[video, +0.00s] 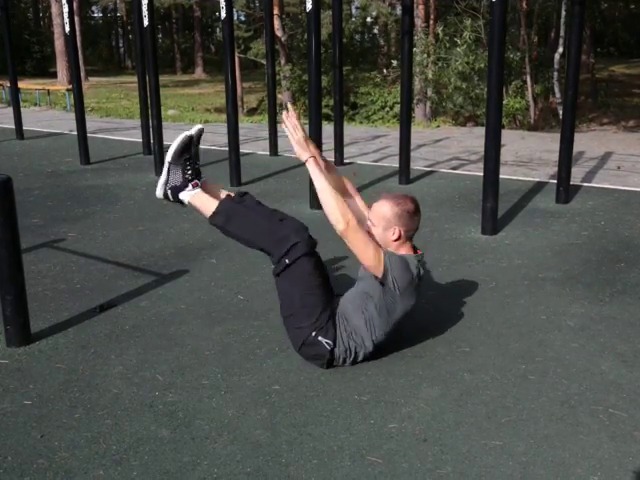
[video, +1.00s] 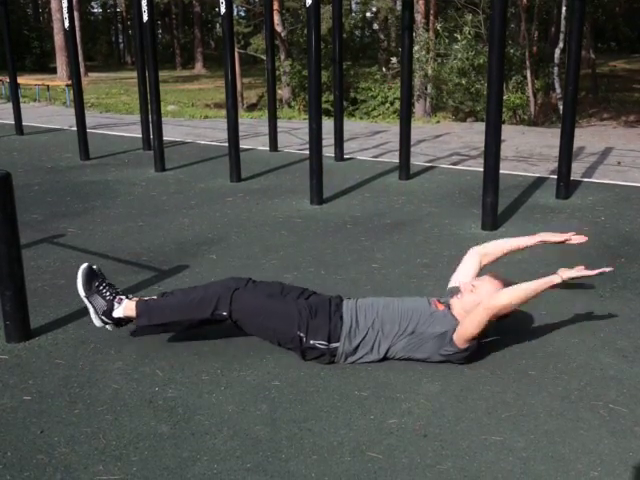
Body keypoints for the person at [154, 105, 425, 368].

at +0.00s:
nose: (369, 224)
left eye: (374, 220)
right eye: (371, 217)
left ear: (395, 233)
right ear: (401, 232)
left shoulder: (397, 271)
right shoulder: (406, 258)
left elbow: (343, 226)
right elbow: (354, 201)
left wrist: (308, 159)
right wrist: (318, 158)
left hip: (325, 342)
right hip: (334, 325)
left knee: (292, 240)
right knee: (293, 233)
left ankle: (186, 191)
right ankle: (198, 184)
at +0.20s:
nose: (437, 251)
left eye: (445, 249)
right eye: (440, 246)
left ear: (452, 269)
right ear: (447, 263)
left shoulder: (438, 315)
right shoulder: (432, 288)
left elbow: (434, 271)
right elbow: (422, 227)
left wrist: (454, 205)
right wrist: (437, 180)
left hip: (324, 337)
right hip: (330, 314)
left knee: (240, 268)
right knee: (246, 258)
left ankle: (123, 262)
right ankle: (139, 247)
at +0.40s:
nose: (462, 281)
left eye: (472, 283)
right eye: (468, 279)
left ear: (479, 309)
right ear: (466, 292)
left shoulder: (449, 341)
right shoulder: (442, 311)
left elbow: (508, 334)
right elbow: (487, 267)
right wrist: (545, 260)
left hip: (326, 333)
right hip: (327, 312)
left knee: (230, 297)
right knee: (231, 287)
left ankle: (119, 315)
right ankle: (128, 307)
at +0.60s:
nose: (486, 294)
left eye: (495, 301)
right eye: (493, 295)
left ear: (492, 325)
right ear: (480, 305)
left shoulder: (454, 341)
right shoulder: (449, 315)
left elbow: (521, 373)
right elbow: (522, 304)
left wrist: (571, 360)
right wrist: (576, 335)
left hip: (321, 331)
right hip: (322, 309)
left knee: (223, 322)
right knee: (223, 310)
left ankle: (120, 335)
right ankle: (124, 319)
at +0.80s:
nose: (485, 297)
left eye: (494, 305)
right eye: (494, 299)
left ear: (488, 328)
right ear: (482, 306)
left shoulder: (449, 340)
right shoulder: (448, 315)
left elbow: (516, 366)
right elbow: (520, 309)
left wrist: (568, 354)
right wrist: (574, 333)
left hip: (320, 328)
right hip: (322, 307)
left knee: (222, 321)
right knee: (222, 311)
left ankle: (118, 333)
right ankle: (123, 319)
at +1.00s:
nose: (476, 293)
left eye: (484, 296)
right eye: (480, 288)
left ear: (485, 312)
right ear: (470, 296)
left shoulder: (455, 336)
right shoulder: (448, 309)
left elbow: (499, 296)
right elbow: (476, 260)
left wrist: (554, 277)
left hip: (325, 330)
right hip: (327, 309)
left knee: (229, 297)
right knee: (232, 288)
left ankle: (124, 312)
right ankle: (133, 309)